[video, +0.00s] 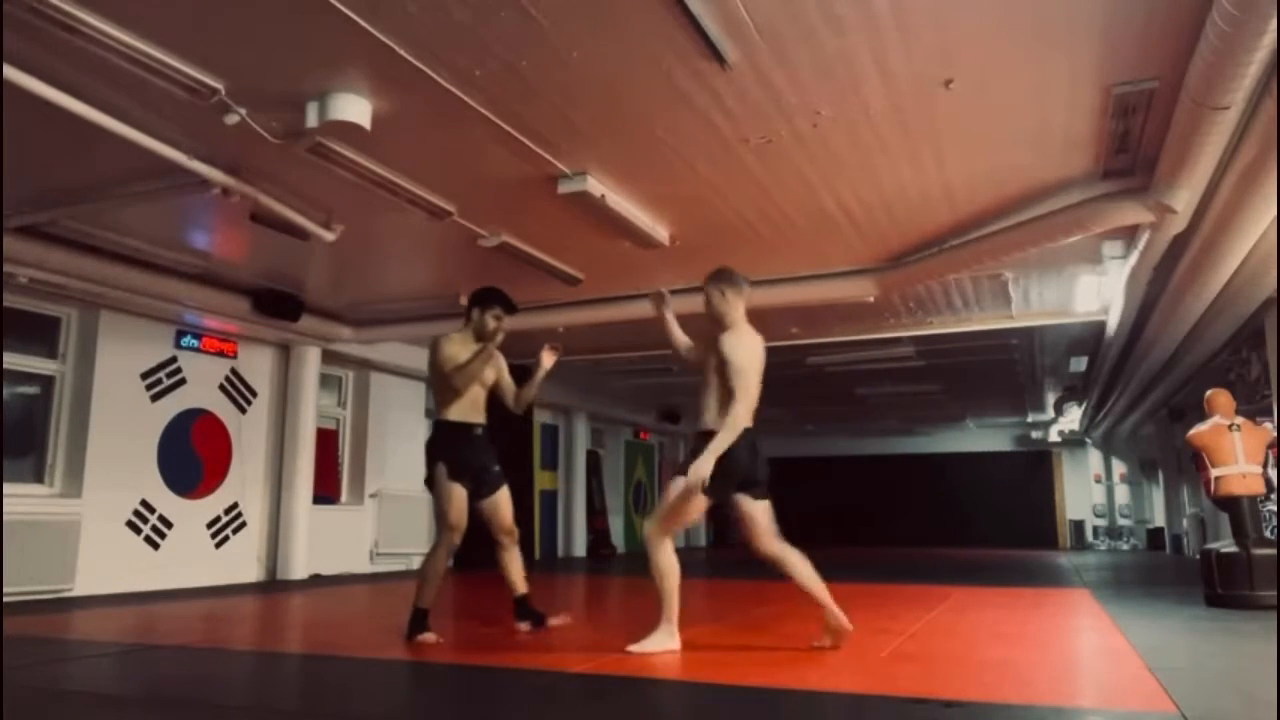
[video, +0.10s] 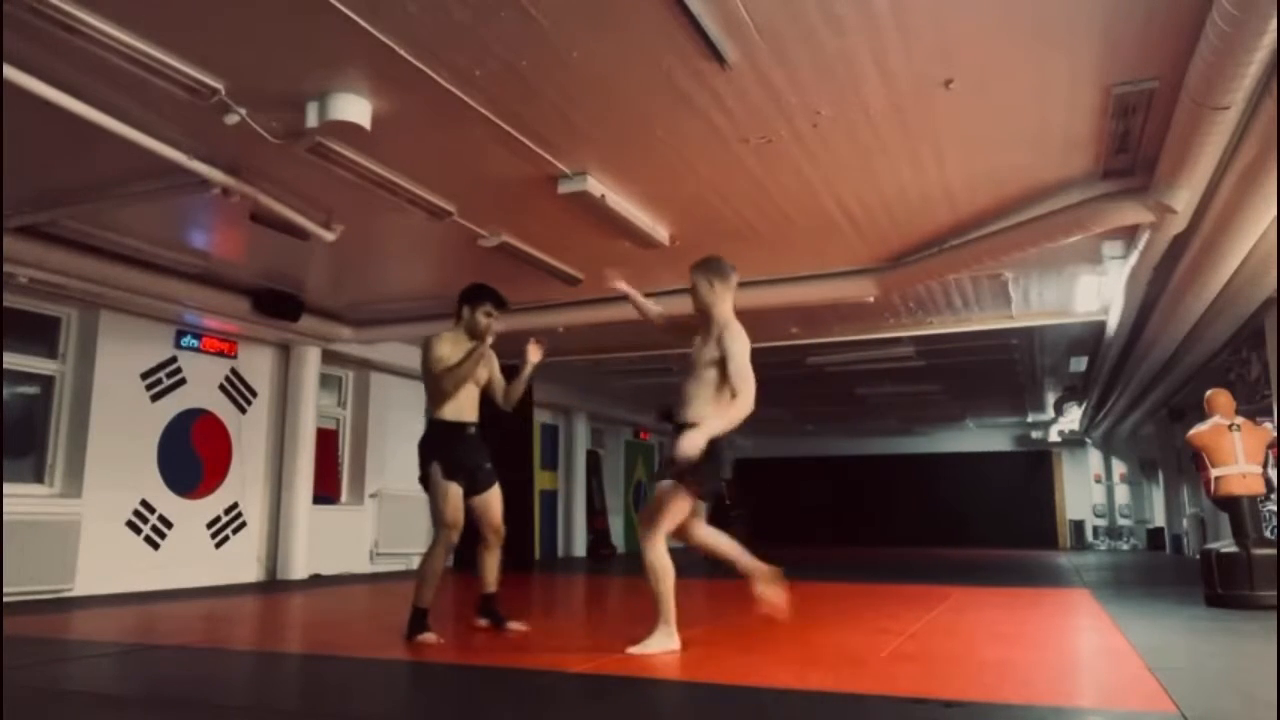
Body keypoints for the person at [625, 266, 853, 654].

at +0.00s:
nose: (708, 308)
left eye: (711, 300)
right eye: (707, 301)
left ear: (728, 296)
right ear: (736, 296)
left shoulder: (735, 340)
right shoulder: (739, 338)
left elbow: (742, 411)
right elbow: (690, 352)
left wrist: (706, 457)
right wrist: (667, 315)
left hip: (719, 449)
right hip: (744, 450)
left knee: (657, 532)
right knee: (768, 542)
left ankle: (667, 631)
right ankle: (834, 614)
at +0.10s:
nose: (694, 298)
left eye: (697, 290)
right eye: (693, 290)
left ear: (718, 286)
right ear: (717, 286)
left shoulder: (731, 333)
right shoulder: (709, 327)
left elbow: (746, 400)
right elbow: (662, 320)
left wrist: (703, 431)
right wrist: (630, 293)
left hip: (702, 447)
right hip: (690, 440)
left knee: (652, 533)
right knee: (690, 528)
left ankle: (667, 631)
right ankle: (761, 572)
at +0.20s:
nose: (685, 286)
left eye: (688, 279)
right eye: (685, 280)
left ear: (705, 275)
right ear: (711, 274)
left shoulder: (734, 324)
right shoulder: (695, 309)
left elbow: (732, 393)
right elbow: (653, 310)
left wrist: (685, 401)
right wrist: (614, 296)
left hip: (690, 423)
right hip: (660, 411)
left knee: (655, 522)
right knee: (603, 454)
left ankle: (665, 625)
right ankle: (652, 516)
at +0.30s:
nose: (681, 287)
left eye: (684, 279)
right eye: (680, 279)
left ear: (704, 273)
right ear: (708, 271)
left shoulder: (735, 324)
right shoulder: (685, 305)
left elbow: (726, 387)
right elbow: (649, 311)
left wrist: (674, 379)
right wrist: (612, 316)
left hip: (670, 421)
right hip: (635, 397)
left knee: (654, 513)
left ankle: (637, 612)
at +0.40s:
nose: (682, 304)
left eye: (687, 297)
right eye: (680, 296)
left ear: (711, 289)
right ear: (684, 291)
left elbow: (729, 397)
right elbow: (642, 328)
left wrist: (671, 372)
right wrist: (611, 339)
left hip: (646, 433)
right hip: (616, 394)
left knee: (636, 525)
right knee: (530, 397)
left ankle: (604, 615)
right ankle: (494, 385)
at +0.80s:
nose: (644, 298)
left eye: (648, 289)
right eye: (643, 290)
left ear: (670, 283)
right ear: (662, 285)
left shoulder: (701, 341)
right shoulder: (651, 314)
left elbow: (678, 401)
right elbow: (618, 335)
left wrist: (626, 369)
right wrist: (575, 322)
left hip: (641, 434)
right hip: (610, 403)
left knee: (618, 528)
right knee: (554, 422)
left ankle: (599, 622)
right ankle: (502, 435)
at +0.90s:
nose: (635, 286)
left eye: (636, 277)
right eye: (633, 279)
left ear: (653, 266)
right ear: (650, 267)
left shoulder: (684, 316)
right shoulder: (659, 307)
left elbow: (675, 384)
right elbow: (637, 351)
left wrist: (620, 366)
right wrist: (598, 328)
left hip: (652, 421)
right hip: (625, 405)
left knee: (631, 520)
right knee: (575, 449)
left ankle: (616, 622)